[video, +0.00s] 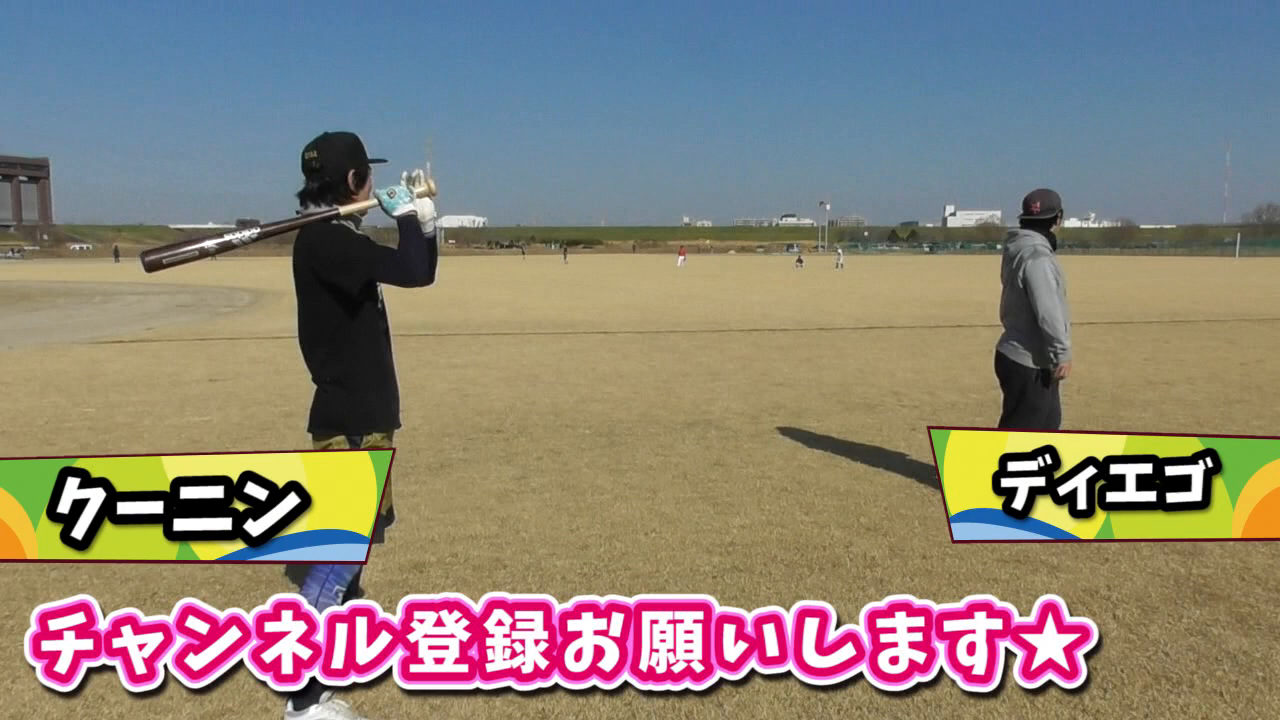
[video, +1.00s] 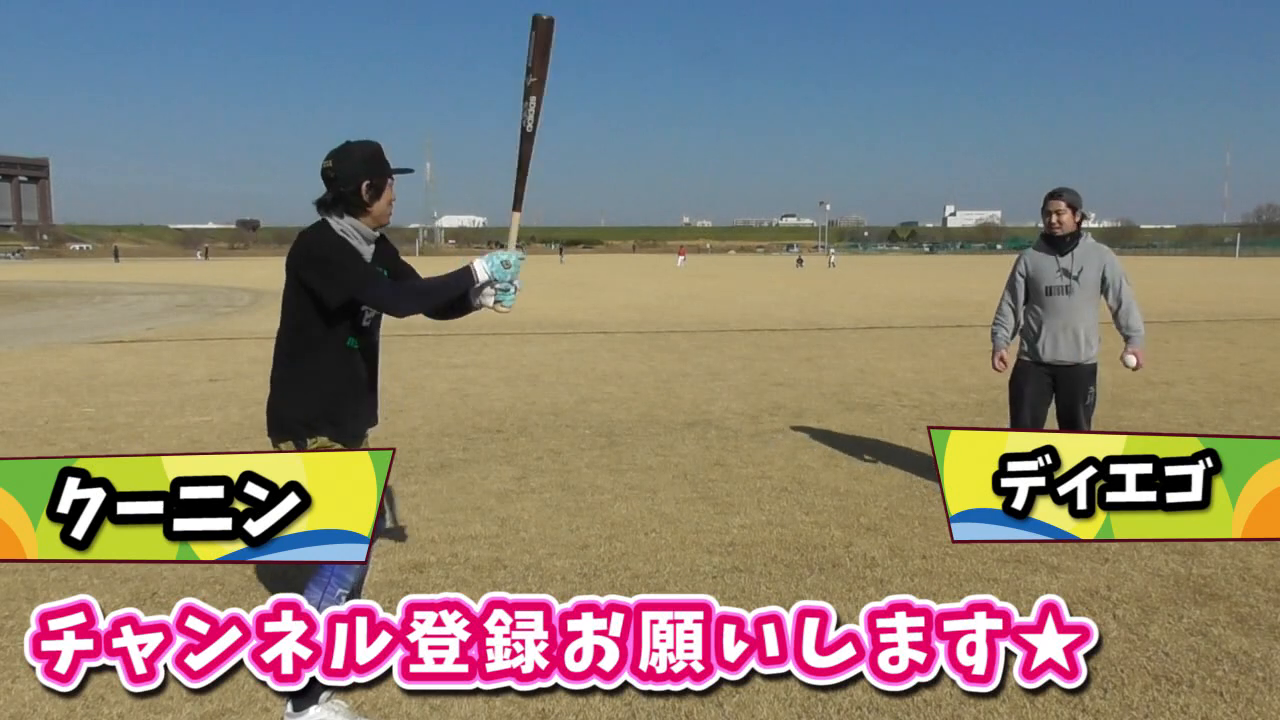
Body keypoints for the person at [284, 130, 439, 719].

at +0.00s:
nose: (371, 181)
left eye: (369, 172)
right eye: (368, 173)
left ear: (318, 180)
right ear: (352, 180)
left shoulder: (333, 234)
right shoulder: (329, 237)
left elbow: (417, 268)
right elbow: (415, 270)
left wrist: (421, 218)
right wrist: (409, 214)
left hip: (355, 410)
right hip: (355, 415)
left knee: (360, 531)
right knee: (346, 542)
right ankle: (303, 689)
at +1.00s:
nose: (394, 197)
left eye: (393, 188)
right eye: (389, 188)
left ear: (357, 191)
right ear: (368, 192)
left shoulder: (371, 246)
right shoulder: (320, 246)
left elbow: (419, 299)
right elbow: (392, 299)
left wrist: (477, 293)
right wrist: (472, 275)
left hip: (347, 424)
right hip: (313, 427)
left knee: (354, 545)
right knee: (347, 551)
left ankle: (317, 678)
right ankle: (305, 696)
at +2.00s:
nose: (402, 202)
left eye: (400, 192)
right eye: (396, 192)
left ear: (365, 197)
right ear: (371, 196)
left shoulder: (381, 253)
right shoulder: (309, 246)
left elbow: (445, 302)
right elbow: (375, 284)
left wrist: (479, 271)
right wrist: (453, 239)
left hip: (346, 433)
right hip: (305, 433)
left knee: (374, 530)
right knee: (376, 529)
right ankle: (309, 692)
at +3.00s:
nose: (455, 226)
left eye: (453, 216)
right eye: (446, 218)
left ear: (420, 225)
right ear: (416, 226)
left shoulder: (445, 274)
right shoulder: (338, 259)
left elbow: (417, 331)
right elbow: (281, 328)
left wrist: (363, 289)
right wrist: (331, 269)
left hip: (406, 428)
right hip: (343, 437)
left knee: (471, 514)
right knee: (369, 564)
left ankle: (475, 605)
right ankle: (305, 694)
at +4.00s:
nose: (491, 209)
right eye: (492, 202)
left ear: (432, 202)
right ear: (485, 214)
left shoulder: (397, 249)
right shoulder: (501, 268)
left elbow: (323, 194)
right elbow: (450, 269)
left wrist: (277, 122)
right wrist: (376, 255)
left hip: (399, 431)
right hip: (461, 436)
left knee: (436, 556)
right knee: (434, 572)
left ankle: (472, 639)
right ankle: (395, 694)